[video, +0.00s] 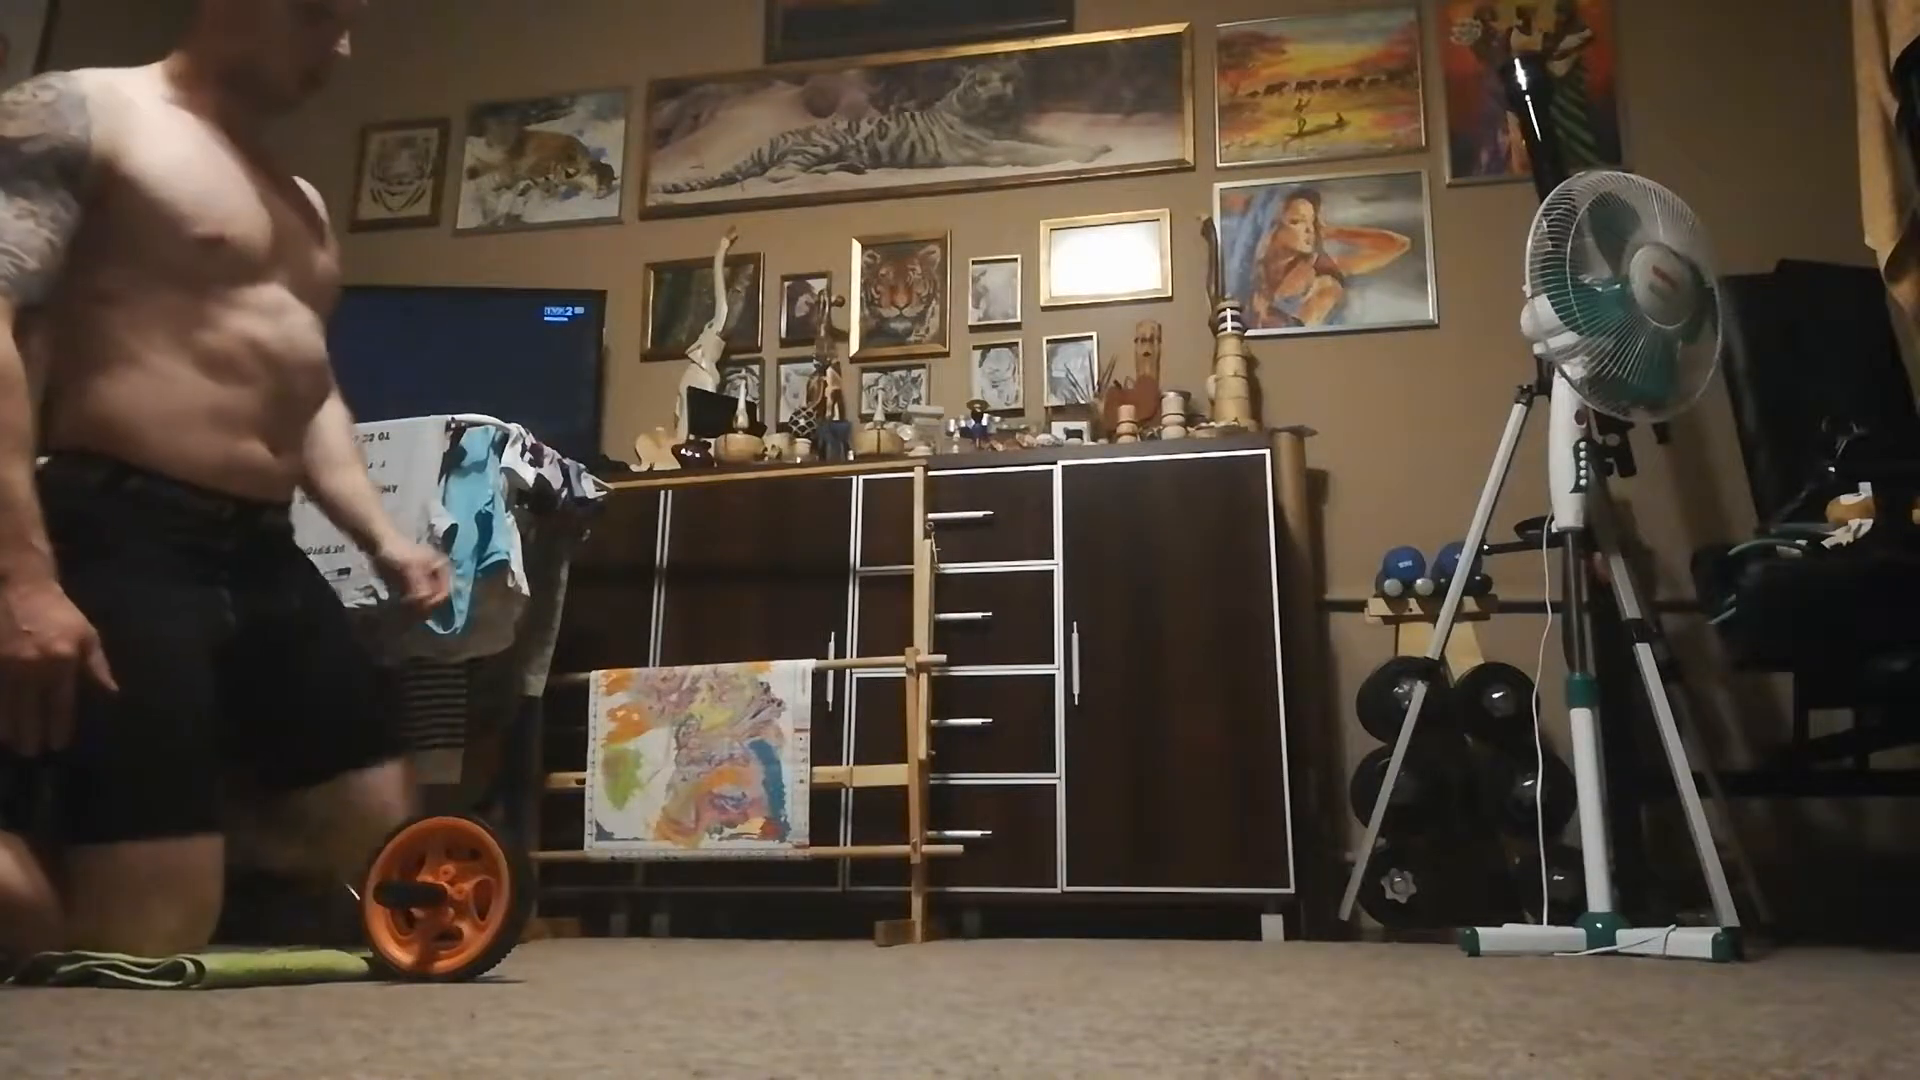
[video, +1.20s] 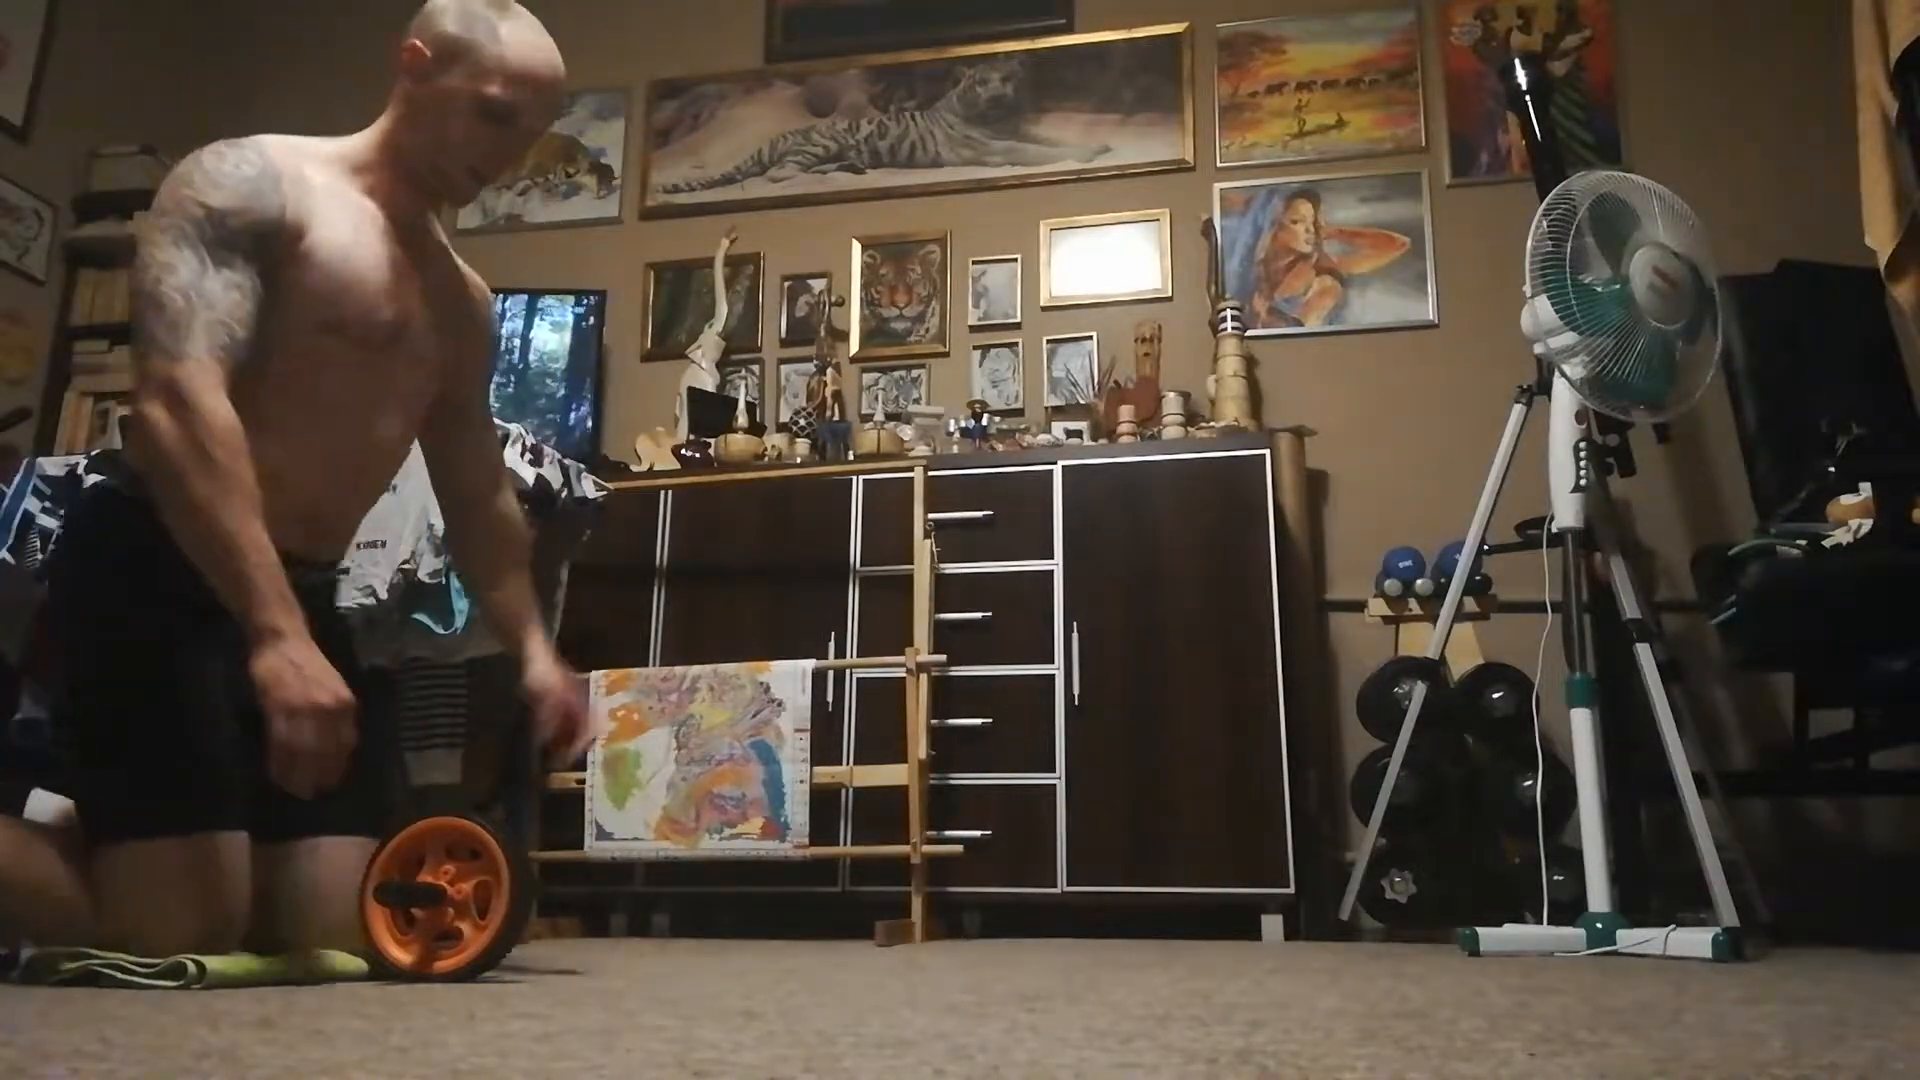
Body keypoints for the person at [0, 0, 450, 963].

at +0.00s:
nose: (341, 50)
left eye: (346, 26)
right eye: (325, 16)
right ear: (237, 7)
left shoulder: (305, 201)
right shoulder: (78, 109)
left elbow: (308, 393)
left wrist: (389, 540)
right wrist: (22, 577)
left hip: (266, 553)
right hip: (120, 540)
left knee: (363, 822)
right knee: (152, 923)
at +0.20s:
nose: (366, 50)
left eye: (372, 27)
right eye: (346, 18)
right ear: (263, 9)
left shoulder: (348, 211)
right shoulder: (111, 128)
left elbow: (378, 399)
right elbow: (15, 338)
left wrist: (472, 447)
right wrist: (12, 584)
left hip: (303, 563)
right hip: (152, 539)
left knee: (319, 922)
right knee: (145, 936)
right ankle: (0, 845)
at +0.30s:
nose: (393, 67)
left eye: (404, 46)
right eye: (369, 31)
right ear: (281, 13)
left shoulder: (377, 233)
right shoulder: (140, 144)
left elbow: (426, 428)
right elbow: (41, 344)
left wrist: (504, 392)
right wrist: (32, 579)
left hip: (317, 576)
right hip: (170, 542)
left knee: (321, 939)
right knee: (148, 937)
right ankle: (1, 844)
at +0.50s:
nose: (480, 123)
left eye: (494, 104)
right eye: (462, 88)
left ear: (499, 112)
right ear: (376, 47)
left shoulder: (443, 288)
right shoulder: (228, 164)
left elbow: (528, 437)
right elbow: (112, 335)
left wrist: (539, 277)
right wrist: (137, 544)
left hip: (357, 592)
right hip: (218, 545)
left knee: (328, 938)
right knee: (165, 925)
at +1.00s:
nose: (528, 155)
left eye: (544, 135)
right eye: (515, 116)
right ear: (436, 70)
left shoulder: (476, 305)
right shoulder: (270, 167)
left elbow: (496, 491)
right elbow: (152, 342)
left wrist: (576, 439)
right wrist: (222, 551)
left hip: (360, 598)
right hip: (221, 551)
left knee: (333, 933)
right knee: (190, 920)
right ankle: (13, 843)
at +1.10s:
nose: (514, 147)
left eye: (534, 125)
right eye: (501, 105)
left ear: (541, 129)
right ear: (421, 57)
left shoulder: (464, 300)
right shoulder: (252, 167)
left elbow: (478, 490)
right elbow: (152, 362)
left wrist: (558, 551)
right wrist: (242, 587)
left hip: (331, 601)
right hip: (187, 563)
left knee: (333, 932)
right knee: (182, 923)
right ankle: (7, 839)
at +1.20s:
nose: (510, 157)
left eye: (529, 134)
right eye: (498, 116)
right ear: (416, 69)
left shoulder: (463, 303)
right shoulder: (242, 182)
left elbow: (482, 498)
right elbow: (173, 406)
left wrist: (533, 647)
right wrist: (279, 632)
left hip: (301, 601)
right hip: (158, 574)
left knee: (332, 926)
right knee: (182, 921)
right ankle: (7, 841)